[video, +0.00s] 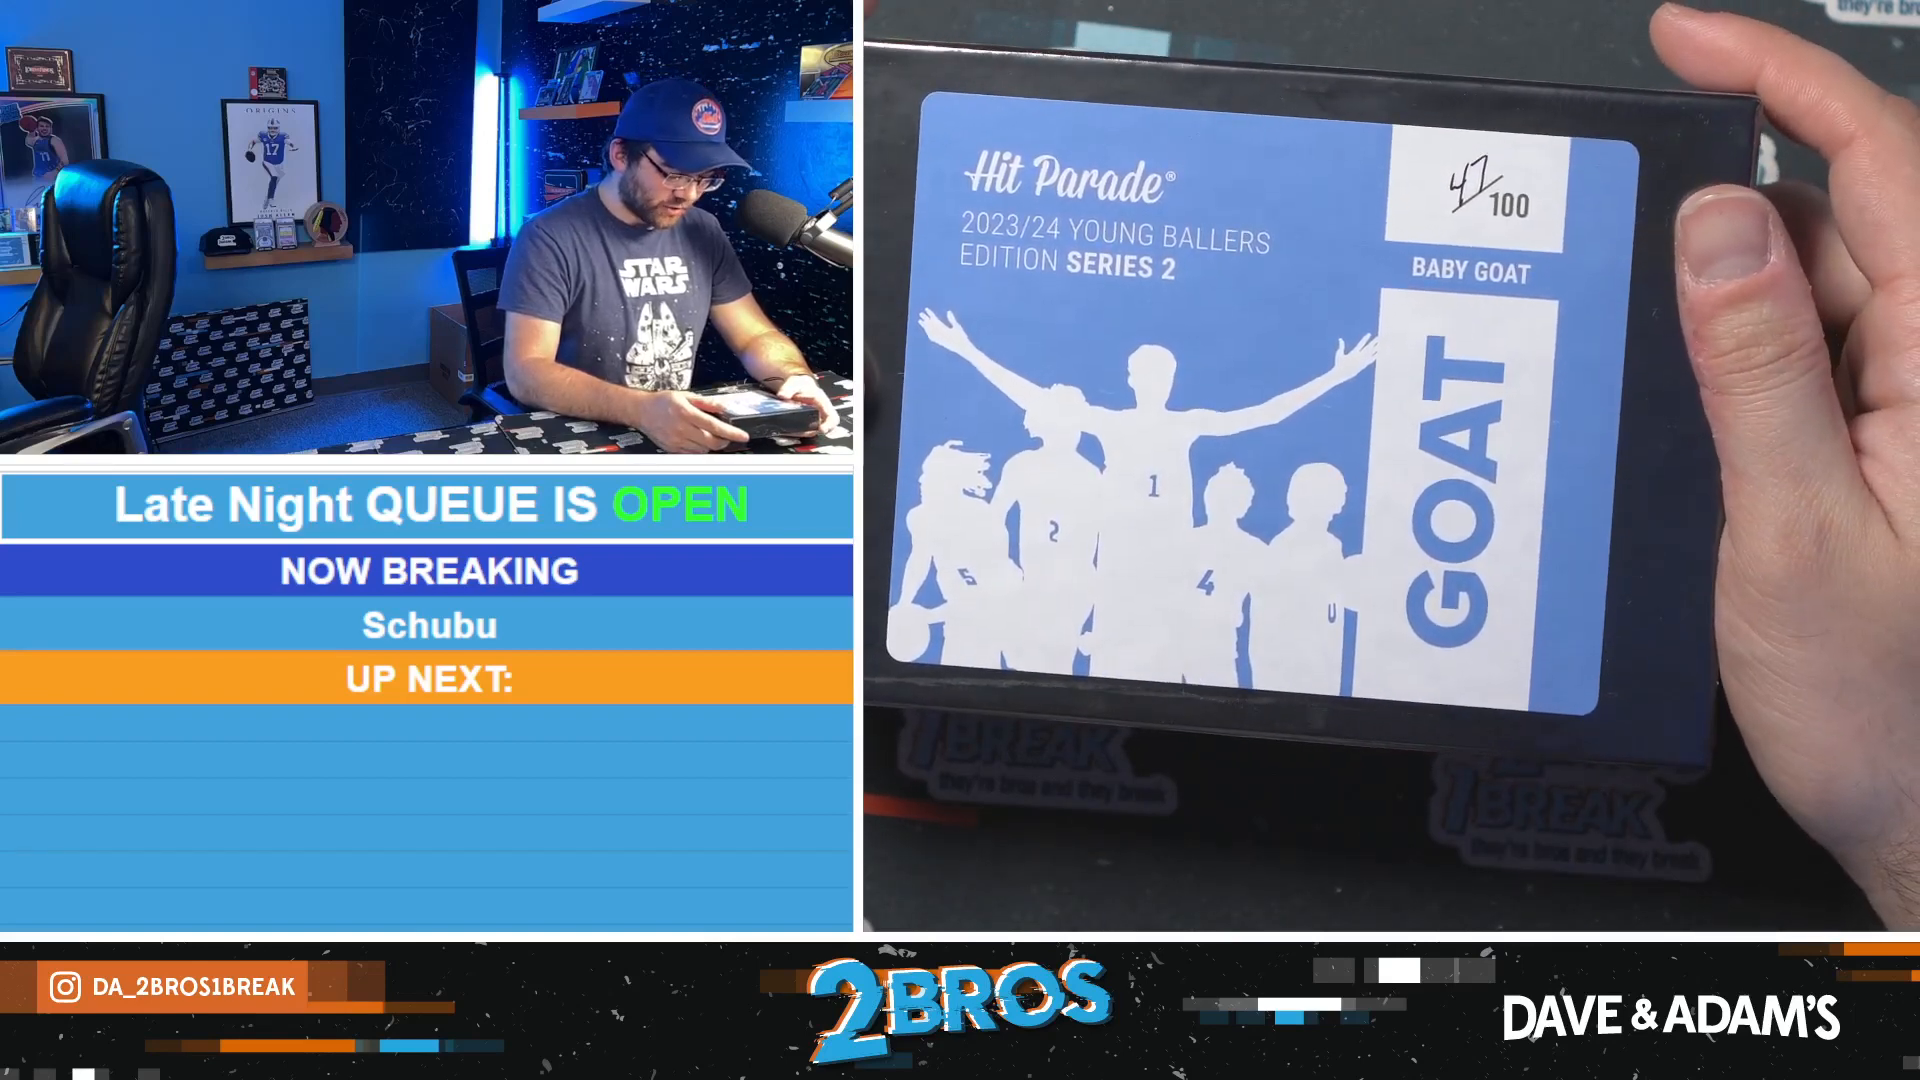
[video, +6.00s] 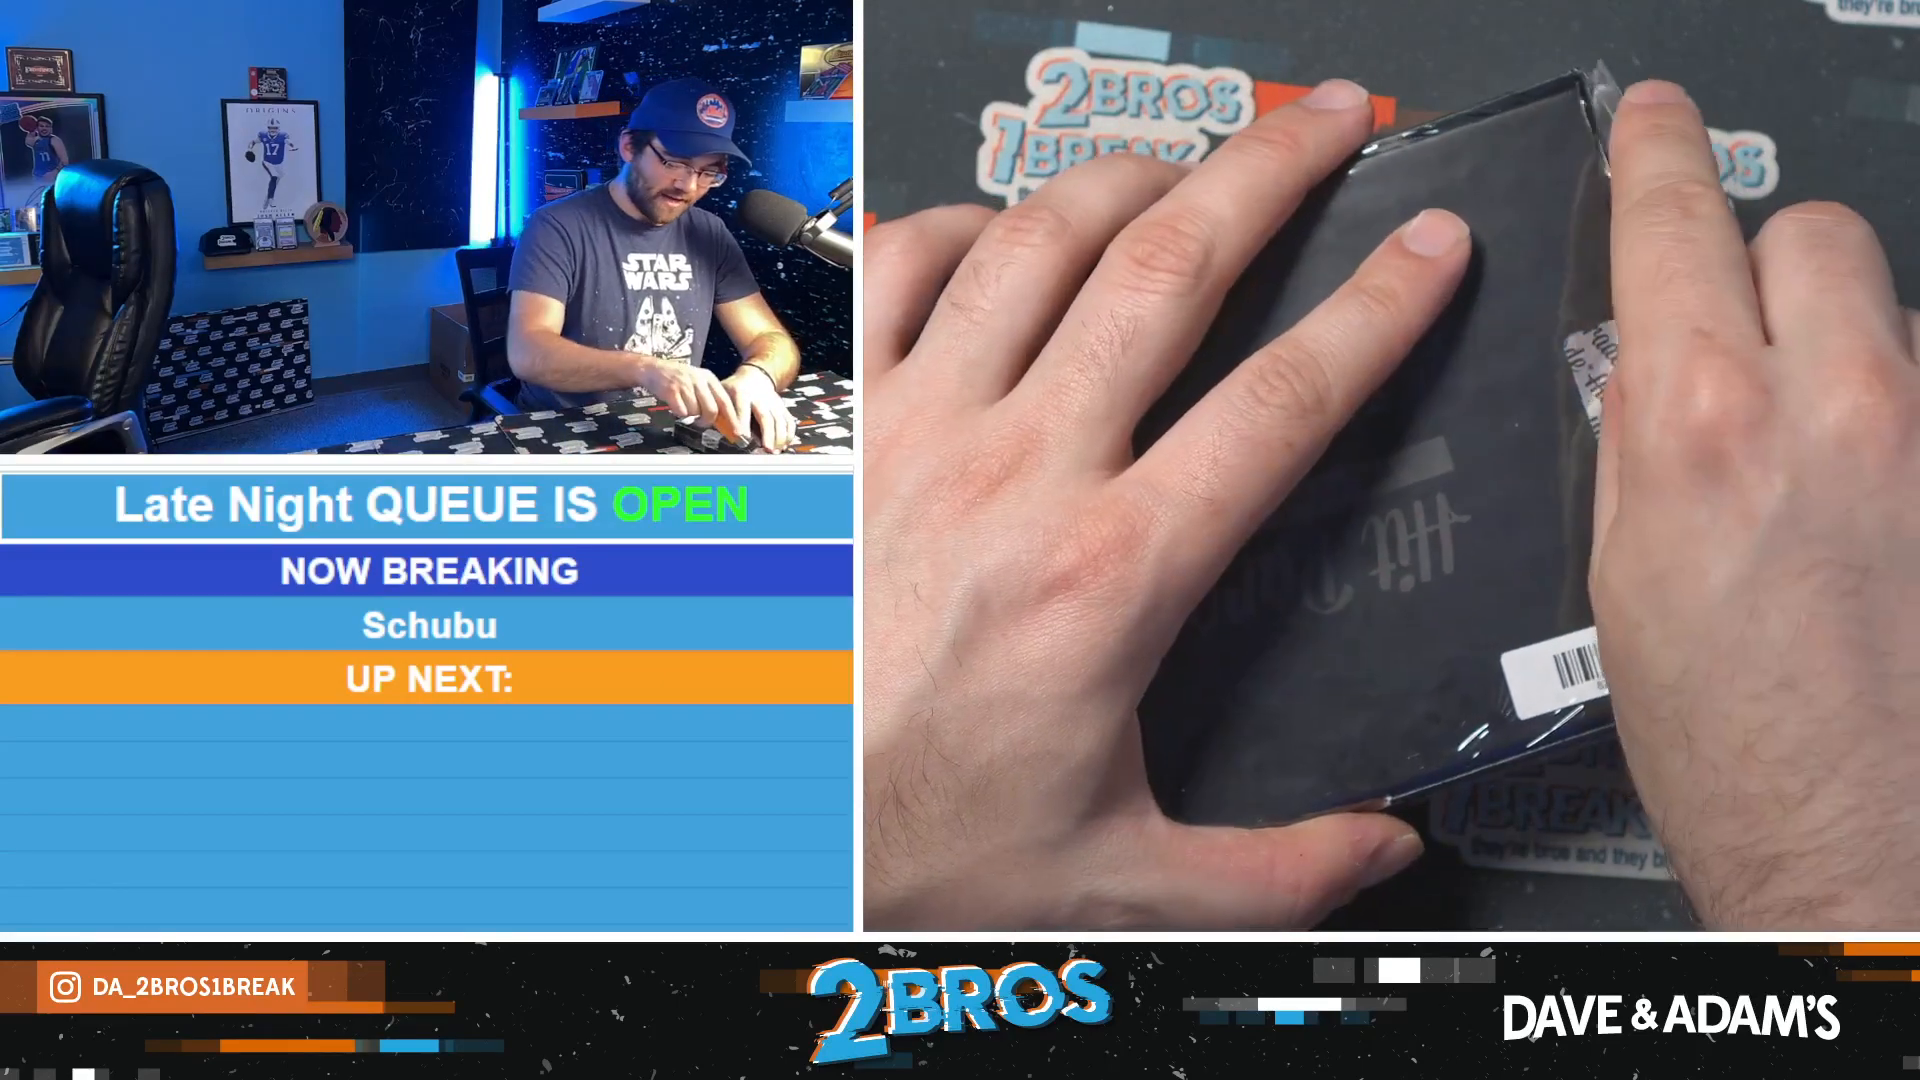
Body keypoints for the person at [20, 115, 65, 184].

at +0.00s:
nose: (44, 128)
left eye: (47, 126)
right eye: (41, 126)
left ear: (50, 128)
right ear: (37, 128)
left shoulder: (55, 140)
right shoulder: (35, 140)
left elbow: (64, 160)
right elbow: (28, 142)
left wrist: (54, 173)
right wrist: (31, 132)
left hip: (51, 177)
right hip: (37, 176)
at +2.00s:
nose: (44, 128)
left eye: (47, 126)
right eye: (41, 126)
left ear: (50, 129)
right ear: (37, 128)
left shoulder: (54, 140)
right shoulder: (35, 140)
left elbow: (64, 160)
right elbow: (28, 142)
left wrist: (54, 173)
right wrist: (31, 133)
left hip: (50, 177)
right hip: (37, 176)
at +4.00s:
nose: (44, 128)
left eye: (47, 126)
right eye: (41, 126)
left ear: (51, 128)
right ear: (37, 128)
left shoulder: (54, 140)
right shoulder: (35, 140)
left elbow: (64, 160)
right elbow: (28, 142)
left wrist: (54, 173)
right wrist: (31, 133)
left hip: (50, 177)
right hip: (37, 176)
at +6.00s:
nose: (44, 128)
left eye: (47, 126)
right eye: (41, 126)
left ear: (51, 128)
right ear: (37, 128)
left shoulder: (54, 140)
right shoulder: (35, 140)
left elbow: (64, 160)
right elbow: (28, 141)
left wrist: (53, 173)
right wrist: (31, 132)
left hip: (51, 177)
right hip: (37, 176)